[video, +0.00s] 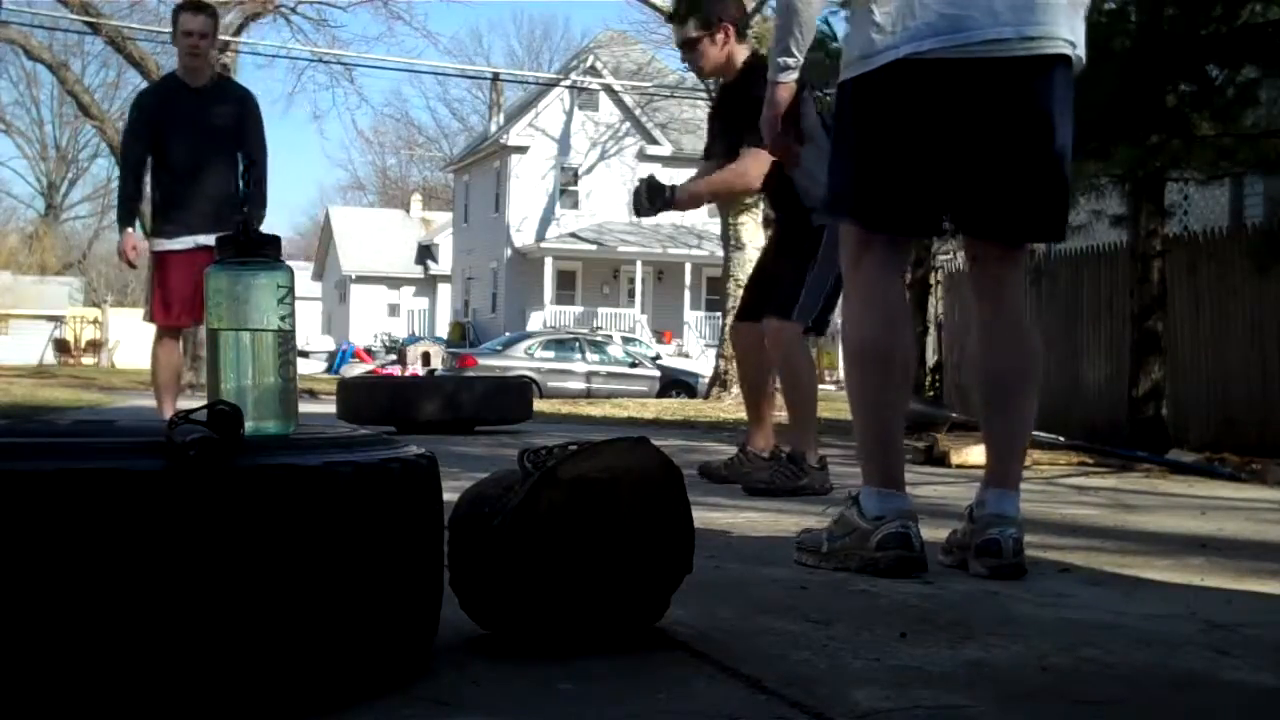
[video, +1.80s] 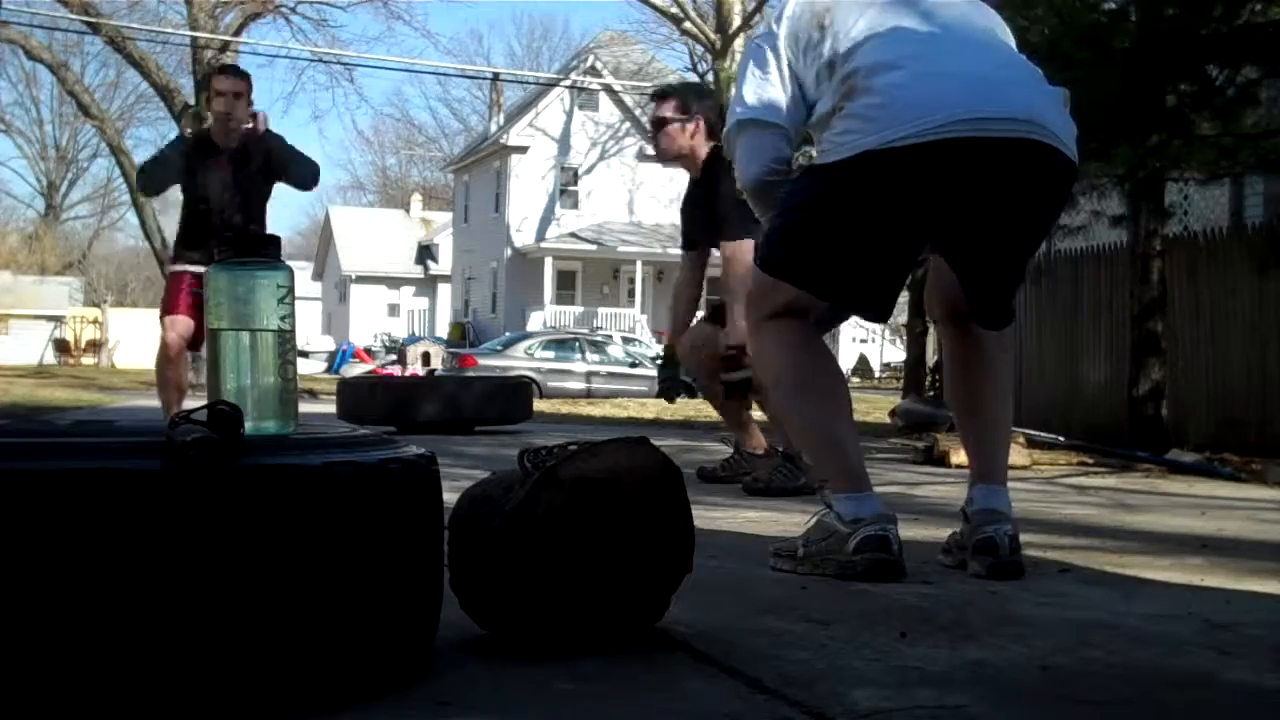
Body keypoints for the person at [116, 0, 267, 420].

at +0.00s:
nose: (195, 42)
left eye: (204, 35)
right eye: (188, 34)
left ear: (215, 40)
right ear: (175, 38)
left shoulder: (240, 99)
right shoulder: (151, 100)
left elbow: (257, 164)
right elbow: (131, 166)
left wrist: (251, 225)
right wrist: (127, 226)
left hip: (229, 231)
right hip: (173, 233)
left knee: (232, 329)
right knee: (170, 328)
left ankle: (232, 421)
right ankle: (170, 421)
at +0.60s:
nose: (201, 98)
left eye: (208, 90)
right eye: (192, 90)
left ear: (220, 93)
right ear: (179, 94)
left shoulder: (244, 144)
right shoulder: (160, 146)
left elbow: (284, 206)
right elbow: (124, 206)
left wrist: (254, 199)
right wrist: (145, 212)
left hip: (232, 260)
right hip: (178, 260)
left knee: (240, 337)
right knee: (160, 332)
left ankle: (238, 422)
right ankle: (170, 422)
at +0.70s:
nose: (208, 135)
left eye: (216, 127)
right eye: (199, 127)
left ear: (227, 129)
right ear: (186, 130)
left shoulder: (251, 176)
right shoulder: (167, 177)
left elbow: (291, 239)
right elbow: (128, 239)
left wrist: (257, 222)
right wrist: (156, 232)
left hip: (240, 277)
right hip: (183, 277)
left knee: (254, 336)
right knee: (162, 333)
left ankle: (246, 422)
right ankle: (170, 424)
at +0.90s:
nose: (219, 189)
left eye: (227, 180)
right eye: (211, 181)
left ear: (239, 181)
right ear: (198, 181)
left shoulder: (260, 220)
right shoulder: (178, 221)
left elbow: (294, 283)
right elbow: (140, 288)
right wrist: (177, 273)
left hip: (248, 295)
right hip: (194, 297)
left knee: (267, 337)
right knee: (163, 338)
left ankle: (258, 422)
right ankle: (172, 425)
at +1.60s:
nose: (227, 199)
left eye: (235, 191)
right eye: (219, 191)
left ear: (247, 193)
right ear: (207, 192)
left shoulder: (270, 231)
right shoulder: (184, 230)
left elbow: (295, 295)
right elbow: (148, 298)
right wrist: (181, 269)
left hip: (250, 303)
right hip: (194, 304)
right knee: (171, 343)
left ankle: (255, 423)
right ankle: (173, 425)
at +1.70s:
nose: (228, 161)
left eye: (236, 153)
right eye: (220, 153)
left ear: (249, 159)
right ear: (208, 158)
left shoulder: (269, 199)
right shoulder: (186, 198)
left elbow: (303, 255)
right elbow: (146, 258)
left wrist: (264, 211)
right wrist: (182, 214)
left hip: (250, 285)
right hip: (195, 286)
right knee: (173, 343)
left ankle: (255, 425)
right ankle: (174, 426)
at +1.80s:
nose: (227, 104)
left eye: (236, 96)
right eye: (219, 96)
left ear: (249, 103)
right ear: (209, 101)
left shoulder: (264, 147)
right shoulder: (191, 147)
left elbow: (308, 178)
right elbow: (147, 184)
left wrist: (266, 136)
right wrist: (186, 139)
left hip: (246, 265)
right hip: (193, 263)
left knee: (248, 347)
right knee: (173, 339)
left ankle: (246, 429)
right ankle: (175, 427)